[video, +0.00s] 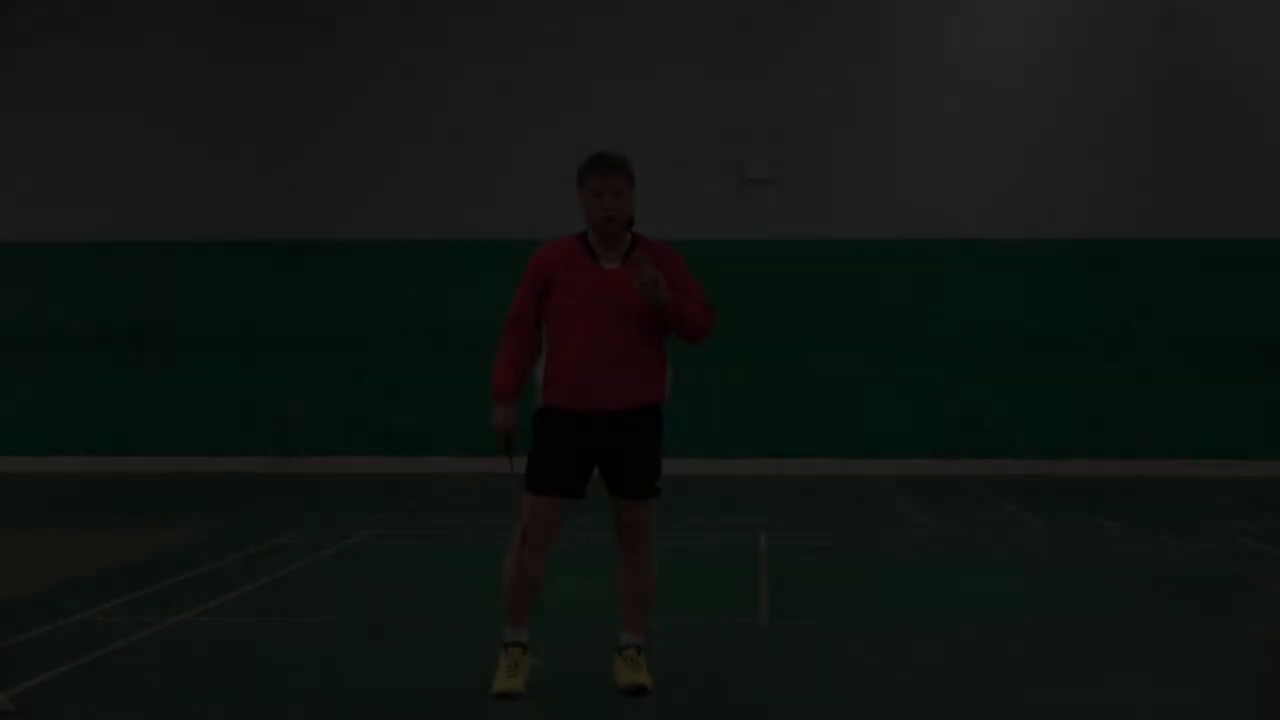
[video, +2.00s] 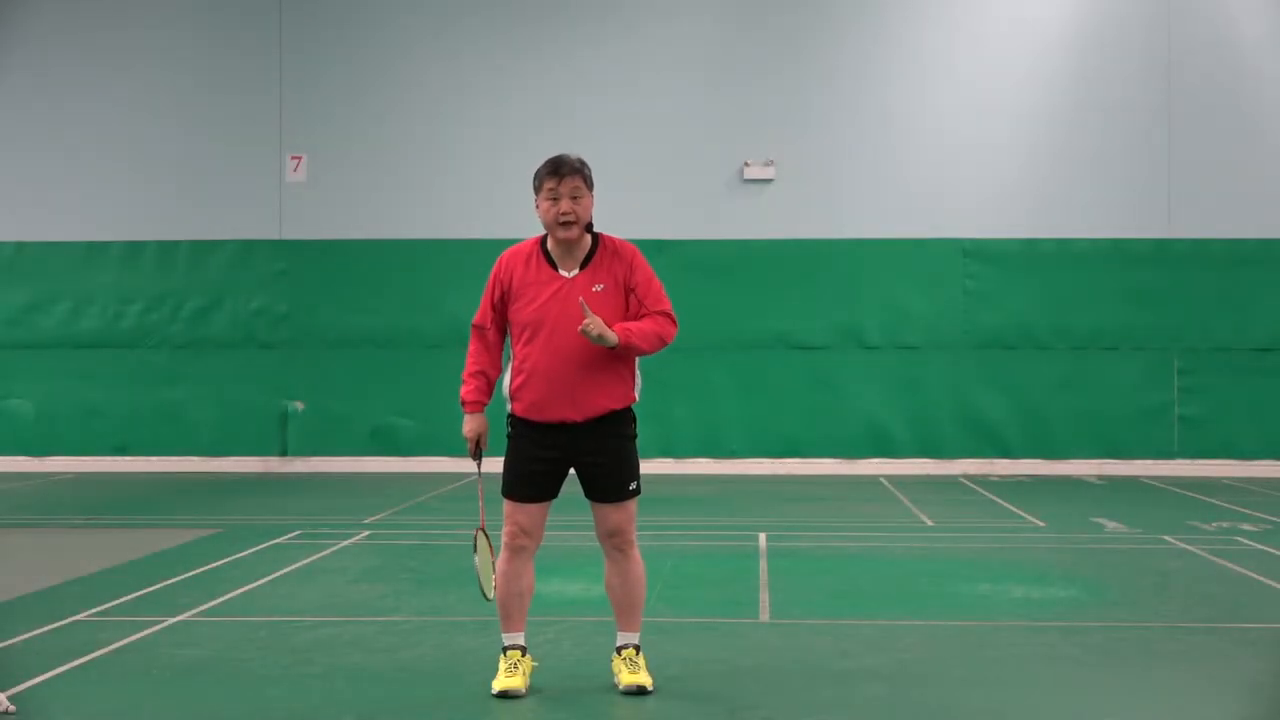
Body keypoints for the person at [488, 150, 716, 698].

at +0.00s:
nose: (609, 205)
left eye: (618, 194)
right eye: (598, 195)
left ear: (633, 200)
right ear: (582, 201)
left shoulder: (655, 261)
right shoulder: (554, 262)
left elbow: (700, 325)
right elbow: (521, 331)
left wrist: (664, 297)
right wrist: (506, 398)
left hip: (635, 415)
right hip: (564, 414)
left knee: (634, 531)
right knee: (536, 529)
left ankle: (633, 648)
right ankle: (514, 645)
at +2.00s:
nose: (564, 207)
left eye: (575, 196)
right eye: (553, 198)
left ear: (592, 201)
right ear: (538, 206)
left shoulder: (622, 258)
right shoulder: (512, 265)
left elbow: (664, 324)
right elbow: (485, 335)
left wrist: (618, 334)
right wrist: (474, 407)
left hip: (607, 423)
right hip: (533, 426)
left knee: (619, 537)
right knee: (518, 537)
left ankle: (629, 649)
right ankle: (513, 652)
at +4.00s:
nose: (555, 218)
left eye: (565, 207)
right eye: (543, 208)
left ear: (582, 212)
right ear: (528, 215)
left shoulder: (611, 258)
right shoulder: (504, 269)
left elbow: (659, 317)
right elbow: (480, 339)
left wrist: (603, 298)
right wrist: (470, 411)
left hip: (605, 425)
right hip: (532, 428)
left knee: (619, 537)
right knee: (517, 537)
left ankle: (629, 650)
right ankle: (513, 651)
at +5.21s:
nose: (590, 188)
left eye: (601, 180)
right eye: (579, 181)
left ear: (619, 195)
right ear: (564, 197)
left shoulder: (652, 258)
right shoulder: (539, 261)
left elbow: (686, 319)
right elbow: (507, 331)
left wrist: (663, 336)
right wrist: (488, 404)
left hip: (632, 420)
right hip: (558, 420)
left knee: (633, 538)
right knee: (528, 537)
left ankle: (631, 650)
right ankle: (514, 649)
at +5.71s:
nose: (639, 188)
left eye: (649, 180)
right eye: (628, 181)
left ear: (667, 194)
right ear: (611, 196)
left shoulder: (694, 261)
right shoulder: (582, 257)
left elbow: (714, 335)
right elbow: (549, 329)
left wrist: (706, 345)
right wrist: (535, 400)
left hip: (667, 419)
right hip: (596, 415)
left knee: (650, 543)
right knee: (583, 537)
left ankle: (634, 650)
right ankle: (579, 651)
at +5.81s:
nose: (643, 187)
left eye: (653, 179)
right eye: (632, 180)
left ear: (671, 191)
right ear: (615, 193)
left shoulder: (695, 259)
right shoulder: (584, 257)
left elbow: (719, 339)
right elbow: (549, 330)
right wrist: (536, 400)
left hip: (671, 419)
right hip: (600, 416)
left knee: (655, 538)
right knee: (595, 536)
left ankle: (636, 649)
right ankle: (600, 653)